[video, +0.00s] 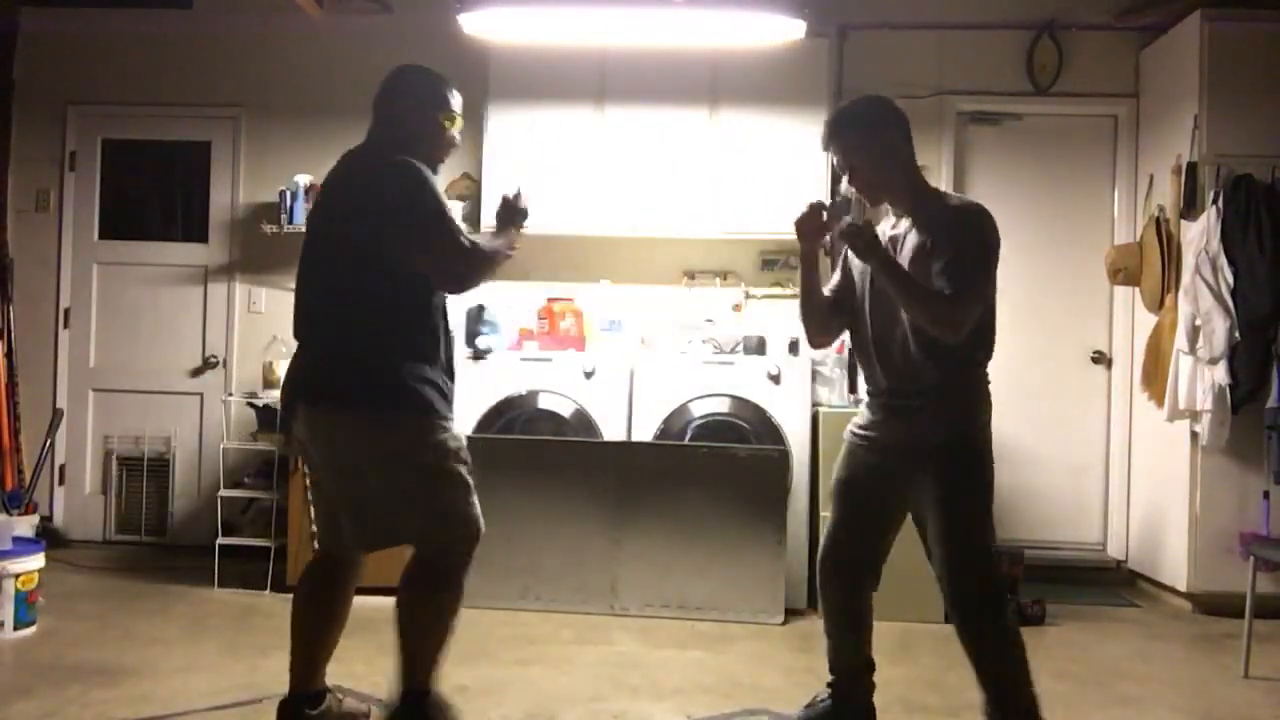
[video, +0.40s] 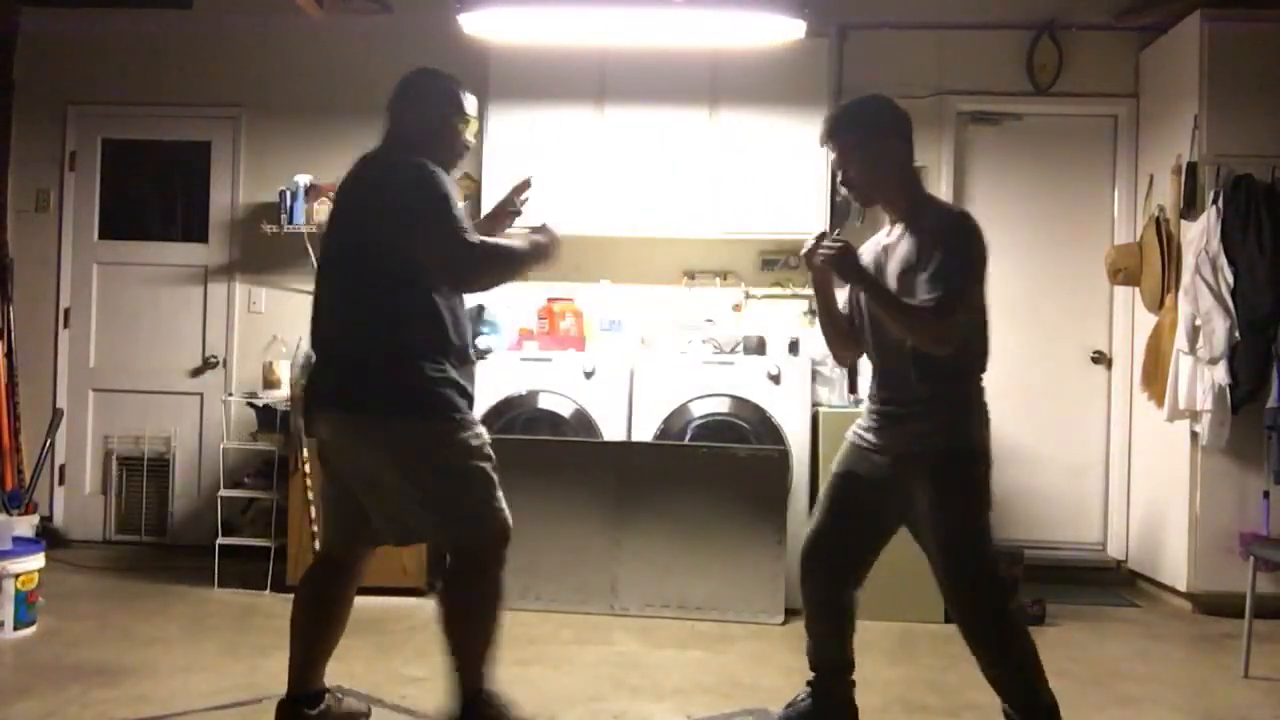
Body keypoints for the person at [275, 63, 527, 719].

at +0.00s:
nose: (454, 134)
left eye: (456, 121)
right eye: (447, 119)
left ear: (384, 115)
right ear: (412, 115)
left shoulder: (344, 177)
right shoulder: (402, 177)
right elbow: (458, 269)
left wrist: (462, 235)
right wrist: (503, 238)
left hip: (321, 397)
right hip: (390, 400)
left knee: (338, 547)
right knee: (452, 533)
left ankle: (304, 696)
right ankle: (416, 698)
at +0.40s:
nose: (467, 138)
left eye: (469, 124)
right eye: (460, 122)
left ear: (398, 119)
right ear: (424, 118)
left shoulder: (362, 181)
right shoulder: (419, 179)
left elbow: (420, 261)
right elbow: (457, 264)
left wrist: (483, 224)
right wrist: (534, 249)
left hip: (340, 400)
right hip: (413, 402)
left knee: (341, 550)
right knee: (483, 534)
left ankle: (303, 695)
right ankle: (473, 696)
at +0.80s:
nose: (584, 172)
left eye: (585, 158)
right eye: (579, 157)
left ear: (517, 148)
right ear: (552, 153)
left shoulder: (442, 199)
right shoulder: (559, 227)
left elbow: (420, 304)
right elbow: (616, 322)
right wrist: (672, 400)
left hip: (391, 404)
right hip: (485, 411)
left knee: (400, 554)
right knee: (555, 557)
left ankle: (350, 691)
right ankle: (552, 711)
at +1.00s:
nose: (552, 162)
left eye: (552, 149)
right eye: (546, 148)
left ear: (487, 139)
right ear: (521, 146)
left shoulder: (422, 198)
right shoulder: (517, 212)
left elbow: (414, 305)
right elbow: (538, 321)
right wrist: (575, 378)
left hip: (385, 408)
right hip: (475, 412)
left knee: (389, 562)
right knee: (538, 559)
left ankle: (315, 694)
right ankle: (550, 712)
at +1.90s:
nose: (578, 229)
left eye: (578, 216)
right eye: (573, 214)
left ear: (512, 213)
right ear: (550, 215)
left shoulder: (449, 258)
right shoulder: (551, 284)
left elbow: (411, 344)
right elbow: (626, 362)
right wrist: (692, 428)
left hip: (353, 423)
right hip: (442, 434)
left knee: (379, 570)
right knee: (539, 560)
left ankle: (311, 700)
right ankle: (567, 711)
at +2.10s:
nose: (629, 262)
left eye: (628, 248)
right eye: (622, 247)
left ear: (557, 245)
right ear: (591, 247)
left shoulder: (490, 277)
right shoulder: (592, 315)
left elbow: (440, 360)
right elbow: (683, 397)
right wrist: (755, 451)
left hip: (378, 437)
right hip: (468, 452)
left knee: (412, 556)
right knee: (579, 560)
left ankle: (326, 669)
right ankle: (578, 711)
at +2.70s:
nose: (471, 124)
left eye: (469, 114)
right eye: (457, 112)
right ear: (416, 121)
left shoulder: (437, 211)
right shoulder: (395, 183)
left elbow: (481, 285)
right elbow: (376, 273)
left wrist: (553, 262)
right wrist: (468, 309)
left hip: (361, 402)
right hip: (410, 401)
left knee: (366, 553)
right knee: (471, 537)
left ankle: (299, 698)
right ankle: (419, 703)